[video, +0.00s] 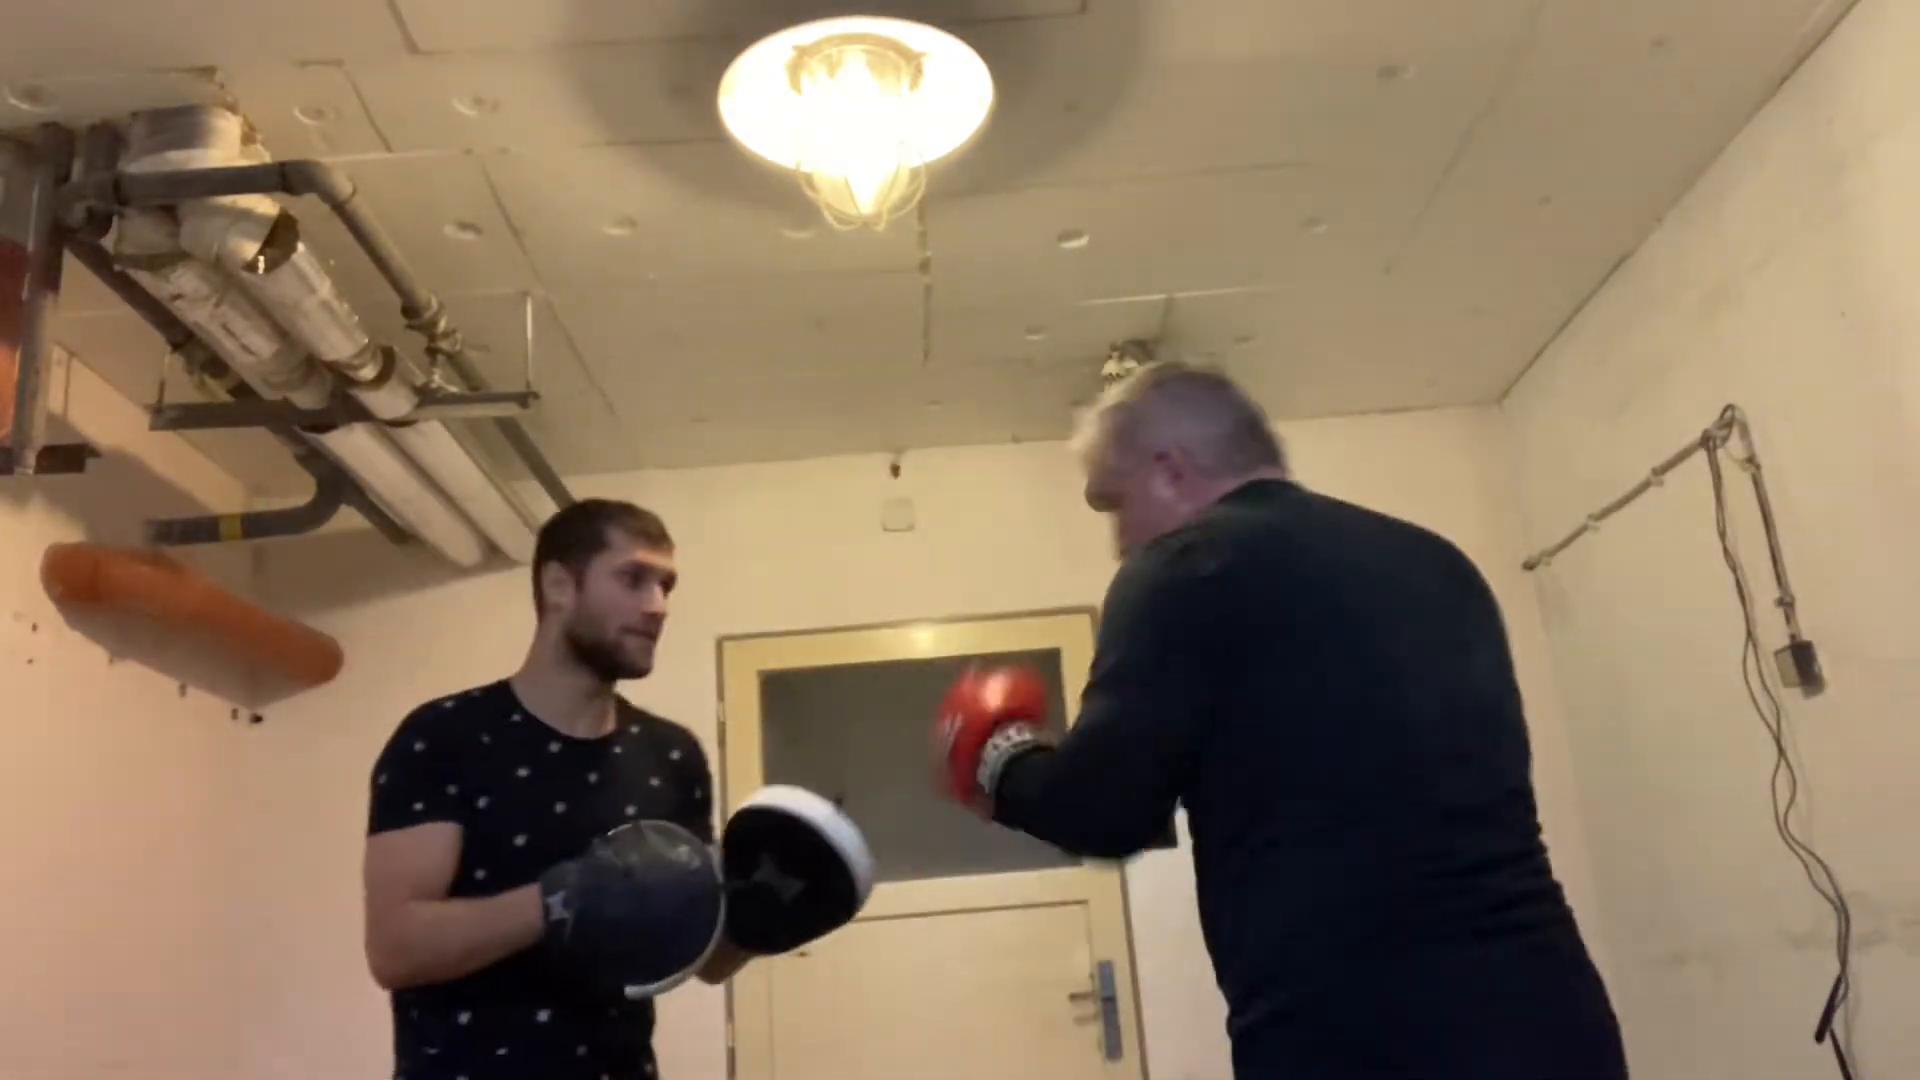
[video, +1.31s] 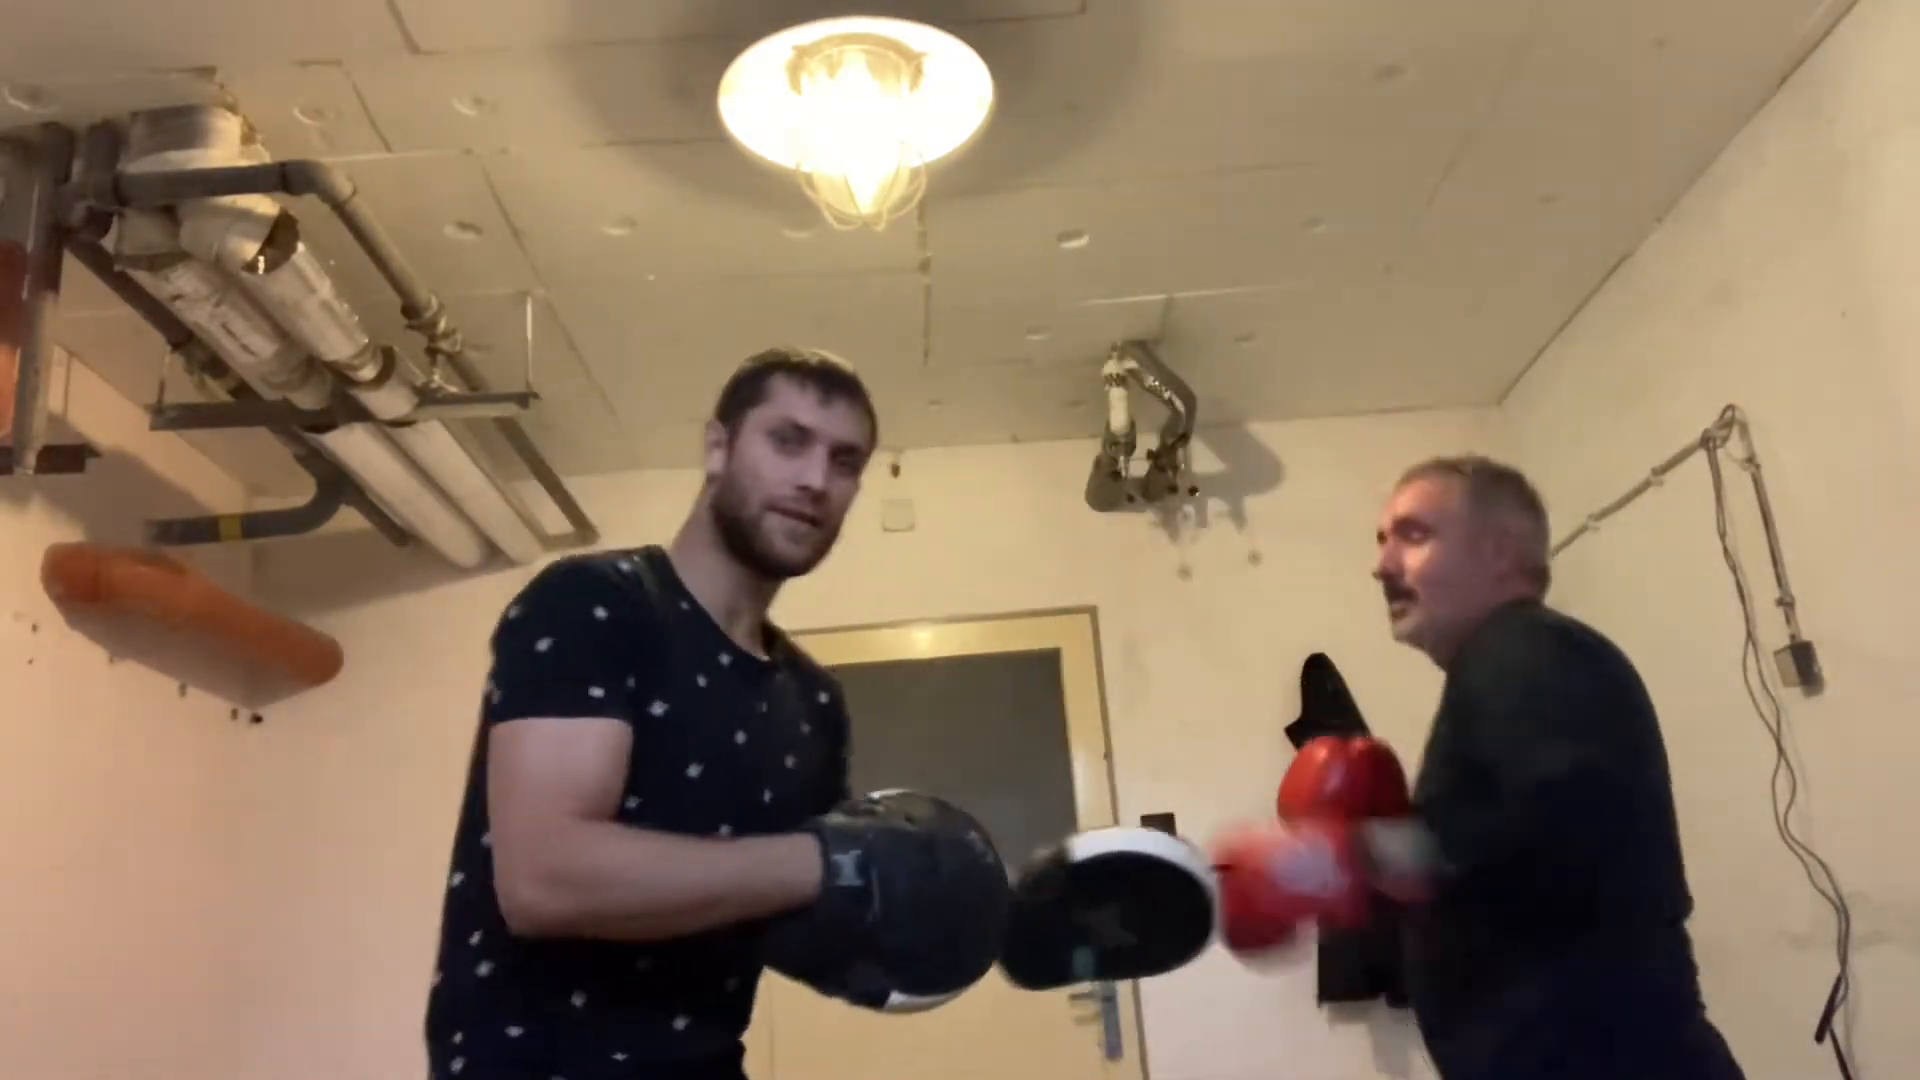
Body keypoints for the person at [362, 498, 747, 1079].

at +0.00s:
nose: (658, 606)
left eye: (665, 588)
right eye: (633, 580)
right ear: (557, 585)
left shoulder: (672, 757)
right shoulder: (442, 740)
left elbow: (707, 961)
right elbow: (394, 949)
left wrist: (757, 910)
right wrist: (564, 899)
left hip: (618, 1065)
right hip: (464, 1066)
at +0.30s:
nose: (591, 575)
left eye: (611, 554)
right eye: (560, 546)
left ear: (629, 574)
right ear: (499, 560)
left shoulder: (669, 739)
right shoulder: (406, 747)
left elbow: (743, 914)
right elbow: (367, 981)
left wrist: (841, 918)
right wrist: (540, 929)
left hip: (630, 1067)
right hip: (467, 1069)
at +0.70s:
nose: (648, 494)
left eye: (675, 475)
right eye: (618, 461)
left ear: (695, 505)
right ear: (556, 476)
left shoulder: (704, 696)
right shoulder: (435, 663)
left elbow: (727, 909)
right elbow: (378, 920)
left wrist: (901, 936)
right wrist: (622, 870)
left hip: (646, 1059)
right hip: (463, 1059)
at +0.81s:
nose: (707, 494)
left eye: (733, 476)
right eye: (678, 462)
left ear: (751, 504)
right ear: (611, 472)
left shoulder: (747, 704)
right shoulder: (484, 655)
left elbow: (774, 913)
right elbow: (413, 911)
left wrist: (958, 939)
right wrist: (670, 873)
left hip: (669, 1063)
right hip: (486, 1062)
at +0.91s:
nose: (766, 488)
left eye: (794, 469)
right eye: (738, 452)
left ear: (806, 501)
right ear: (672, 461)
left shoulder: (792, 705)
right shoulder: (533, 634)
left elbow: (808, 919)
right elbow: (451, 893)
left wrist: (1005, 927)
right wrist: (700, 882)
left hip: (690, 1060)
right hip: (512, 1059)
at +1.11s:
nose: (831, 487)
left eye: (858, 470)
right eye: (805, 449)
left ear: (872, 499)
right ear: (731, 454)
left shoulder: (836, 708)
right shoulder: (596, 611)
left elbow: (863, 918)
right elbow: (510, 871)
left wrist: (1083, 888)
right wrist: (794, 887)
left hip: (712, 1061)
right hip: (537, 1054)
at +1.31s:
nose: (817, 481)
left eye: (845, 462)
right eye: (790, 441)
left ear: (856, 491)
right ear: (718, 447)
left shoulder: (812, 702)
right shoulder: (584, 604)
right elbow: (543, 878)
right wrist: (828, 864)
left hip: (697, 1057)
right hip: (527, 1055)